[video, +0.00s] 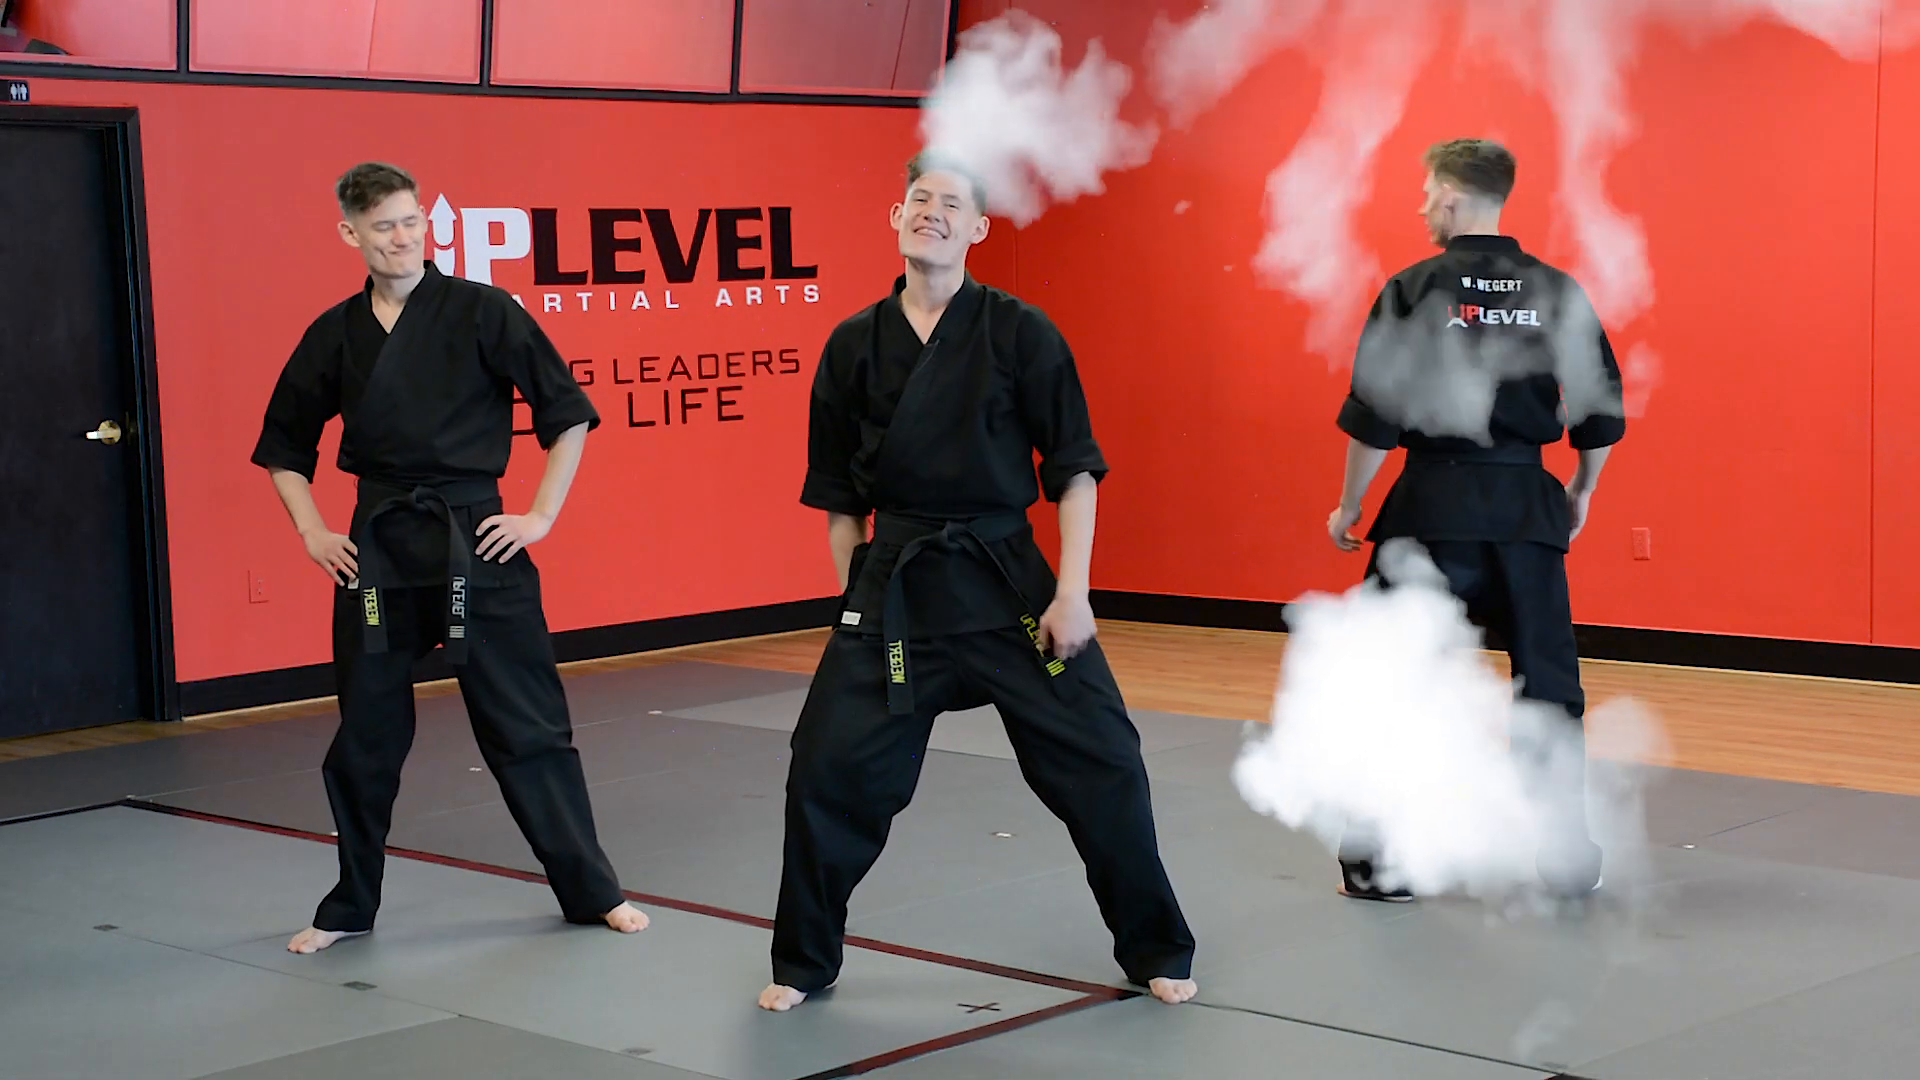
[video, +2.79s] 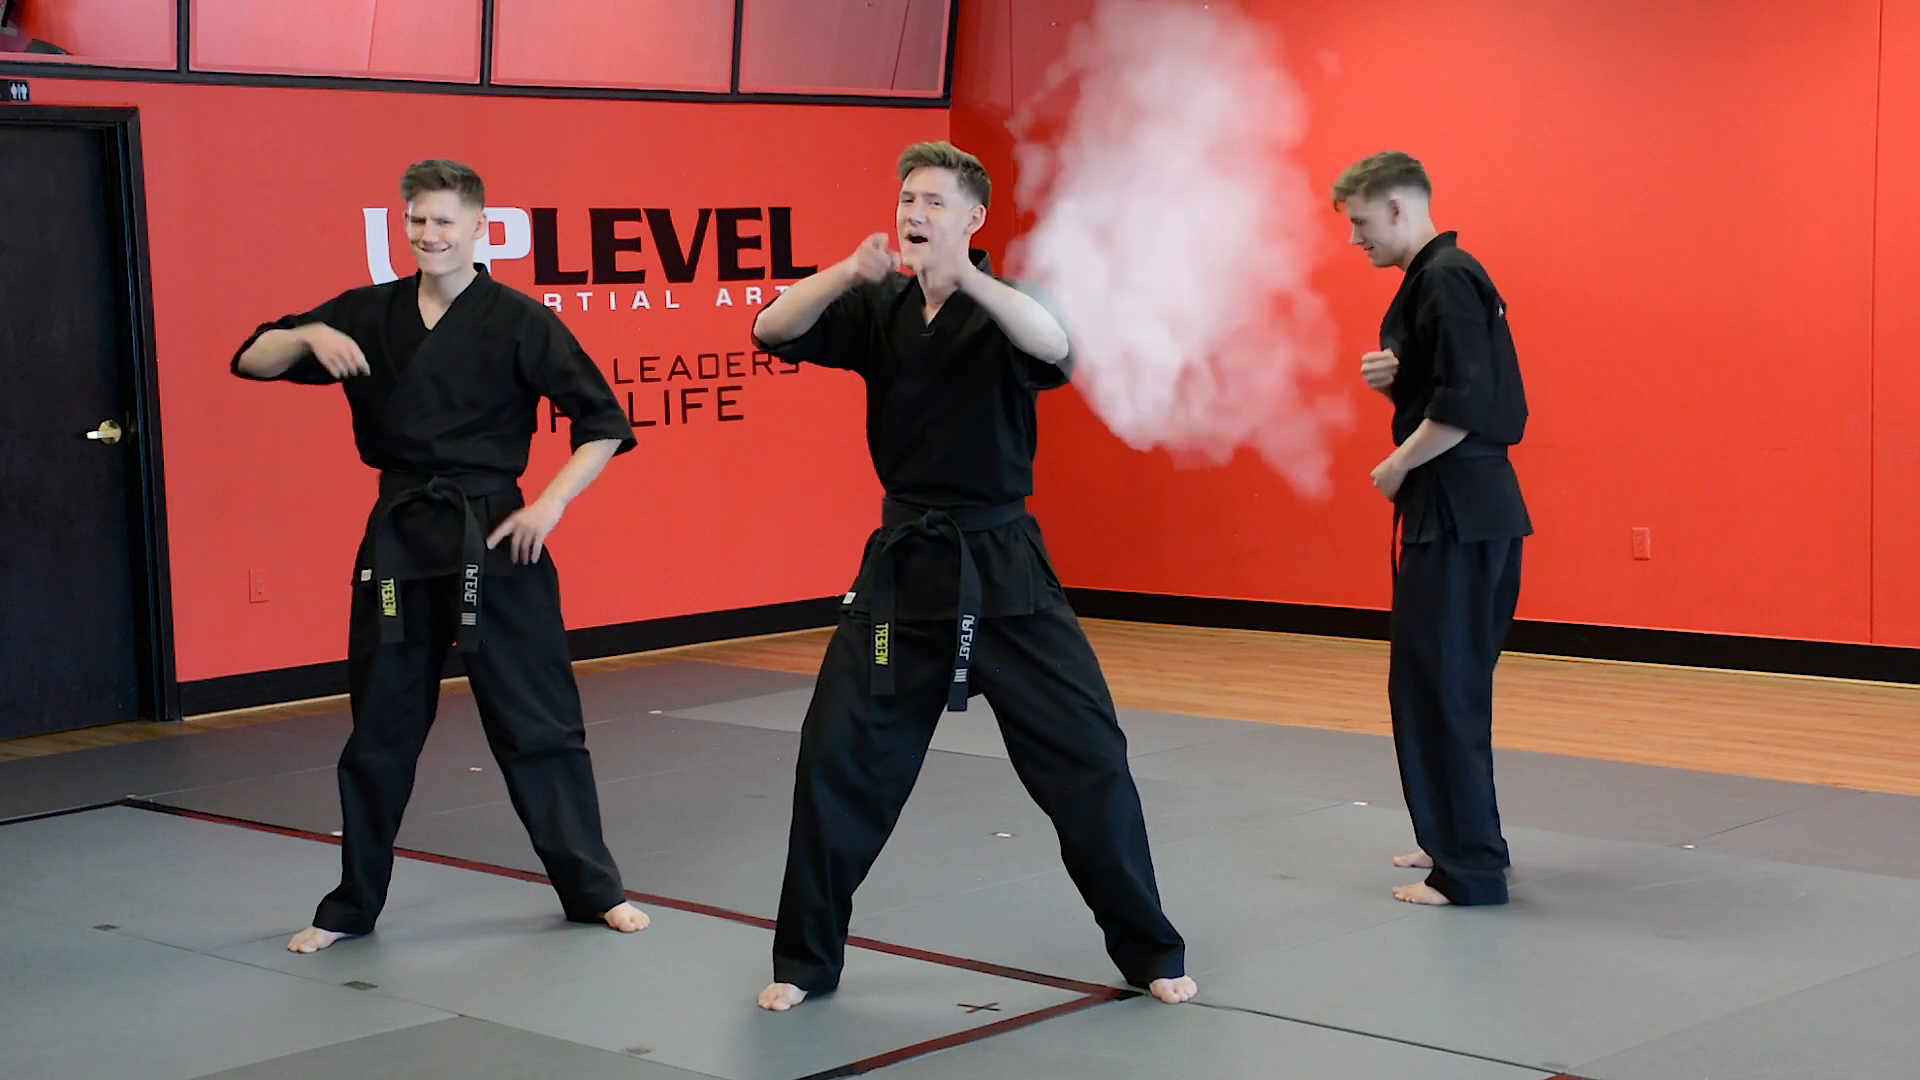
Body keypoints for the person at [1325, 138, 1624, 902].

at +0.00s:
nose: (1422, 204)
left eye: (1427, 191)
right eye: (1426, 189)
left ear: (1444, 195)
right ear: (1502, 198)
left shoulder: (1412, 290)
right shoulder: (1558, 291)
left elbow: (1376, 410)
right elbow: (1600, 408)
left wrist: (1350, 501)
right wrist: (1581, 494)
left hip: (1429, 512)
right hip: (1529, 518)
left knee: (1390, 680)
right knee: (1549, 683)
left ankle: (1379, 853)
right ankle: (1564, 856)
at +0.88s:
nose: (1395, 207)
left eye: (1408, 194)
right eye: (1396, 193)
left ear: (1457, 199)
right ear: (1461, 205)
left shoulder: (1417, 284)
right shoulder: (1528, 283)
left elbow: (1398, 411)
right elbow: (1563, 416)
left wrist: (1361, 484)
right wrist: (1508, 470)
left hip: (1428, 506)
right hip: (1506, 506)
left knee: (1396, 695)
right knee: (1501, 689)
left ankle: (1420, 876)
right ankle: (1557, 847)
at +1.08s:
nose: (1403, 204)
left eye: (1420, 191)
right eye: (1396, 191)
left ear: (1458, 196)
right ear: (1392, 197)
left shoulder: (1443, 280)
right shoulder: (1493, 283)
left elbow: (1464, 406)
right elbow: (1504, 416)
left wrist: (1388, 487)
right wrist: (1415, 451)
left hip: (1441, 514)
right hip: (1478, 513)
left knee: (1399, 685)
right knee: (1439, 684)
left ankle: (1419, 873)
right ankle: (1473, 844)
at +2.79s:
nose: (1357, 241)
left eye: (1362, 224)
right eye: (1352, 227)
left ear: (1400, 208)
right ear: (1399, 211)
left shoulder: (1447, 280)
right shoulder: (1434, 279)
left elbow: (1467, 402)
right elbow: (1433, 379)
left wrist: (1399, 464)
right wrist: (1386, 372)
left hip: (1464, 522)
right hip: (1447, 518)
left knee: (1443, 690)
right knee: (1429, 685)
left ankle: (1471, 871)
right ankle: (1456, 841)